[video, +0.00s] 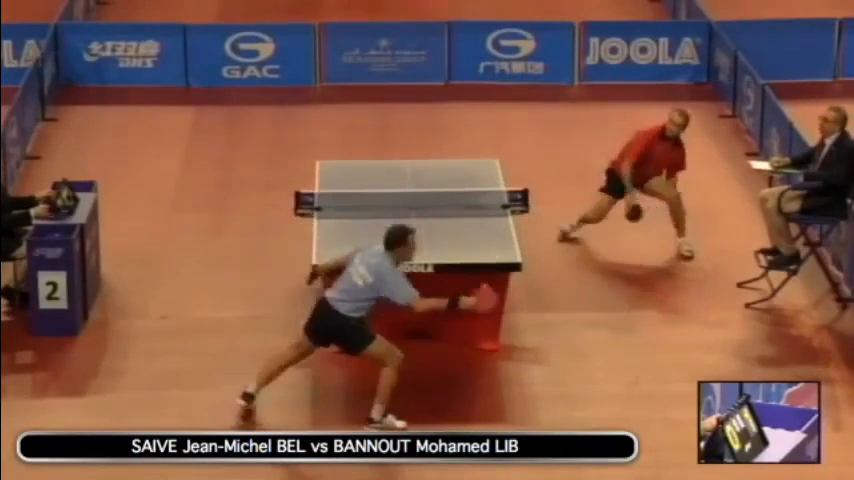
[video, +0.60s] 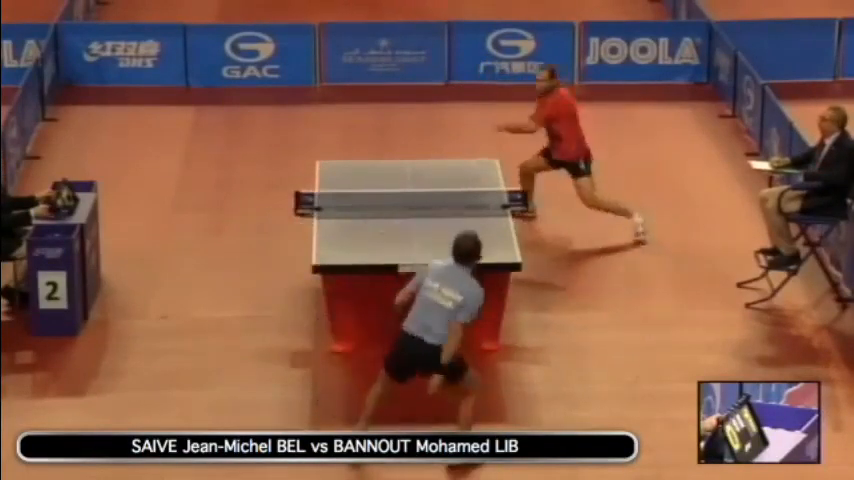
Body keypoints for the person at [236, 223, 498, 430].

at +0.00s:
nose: (413, 249)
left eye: (412, 244)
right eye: (411, 245)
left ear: (391, 243)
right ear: (401, 248)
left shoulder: (372, 252)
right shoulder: (387, 271)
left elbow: (346, 260)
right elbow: (417, 304)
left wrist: (324, 269)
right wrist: (457, 302)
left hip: (323, 312)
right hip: (345, 325)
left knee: (296, 352)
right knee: (394, 359)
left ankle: (251, 390)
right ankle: (378, 416)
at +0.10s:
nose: (430, 240)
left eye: (428, 236)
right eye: (429, 237)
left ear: (406, 234)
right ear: (423, 241)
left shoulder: (390, 241)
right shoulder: (412, 268)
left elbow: (360, 240)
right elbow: (449, 299)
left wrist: (379, 254)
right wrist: (484, 297)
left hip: (343, 304)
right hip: (363, 317)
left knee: (328, 348)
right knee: (400, 359)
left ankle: (286, 389)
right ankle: (379, 417)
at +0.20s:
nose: (439, 230)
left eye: (437, 225)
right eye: (438, 227)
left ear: (415, 222)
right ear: (433, 231)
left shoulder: (399, 230)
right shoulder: (420, 258)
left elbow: (370, 227)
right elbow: (454, 297)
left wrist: (393, 234)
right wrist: (490, 300)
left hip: (355, 297)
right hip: (378, 310)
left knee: (347, 342)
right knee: (406, 359)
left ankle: (314, 389)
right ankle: (385, 414)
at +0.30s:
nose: (455, 228)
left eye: (453, 223)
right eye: (454, 224)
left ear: (429, 221)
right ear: (449, 231)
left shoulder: (414, 229)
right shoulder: (438, 261)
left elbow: (384, 235)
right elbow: (455, 310)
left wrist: (372, 243)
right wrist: (478, 323)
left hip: (372, 299)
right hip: (397, 312)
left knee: (372, 345)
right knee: (430, 362)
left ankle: (354, 400)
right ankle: (421, 422)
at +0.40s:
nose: (465, 241)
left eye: (462, 236)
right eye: (464, 238)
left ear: (440, 234)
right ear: (461, 242)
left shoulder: (421, 245)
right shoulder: (450, 275)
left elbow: (393, 257)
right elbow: (455, 327)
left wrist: (376, 262)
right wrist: (473, 347)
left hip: (383, 315)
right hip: (410, 327)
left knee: (385, 360)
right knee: (444, 377)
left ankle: (367, 412)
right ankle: (454, 429)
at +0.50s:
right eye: (476, 251)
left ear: (452, 249)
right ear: (476, 257)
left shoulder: (432, 264)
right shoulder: (468, 290)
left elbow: (397, 290)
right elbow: (455, 333)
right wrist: (448, 374)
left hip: (400, 336)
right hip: (429, 346)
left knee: (382, 376)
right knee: (467, 382)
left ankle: (364, 419)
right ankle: (462, 447)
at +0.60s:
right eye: (476, 253)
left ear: (452, 251)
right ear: (477, 258)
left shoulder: (432, 269)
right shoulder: (474, 291)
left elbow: (401, 299)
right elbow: (456, 330)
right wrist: (441, 371)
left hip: (408, 343)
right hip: (438, 351)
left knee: (382, 384)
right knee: (471, 387)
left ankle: (358, 433)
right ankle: (462, 449)